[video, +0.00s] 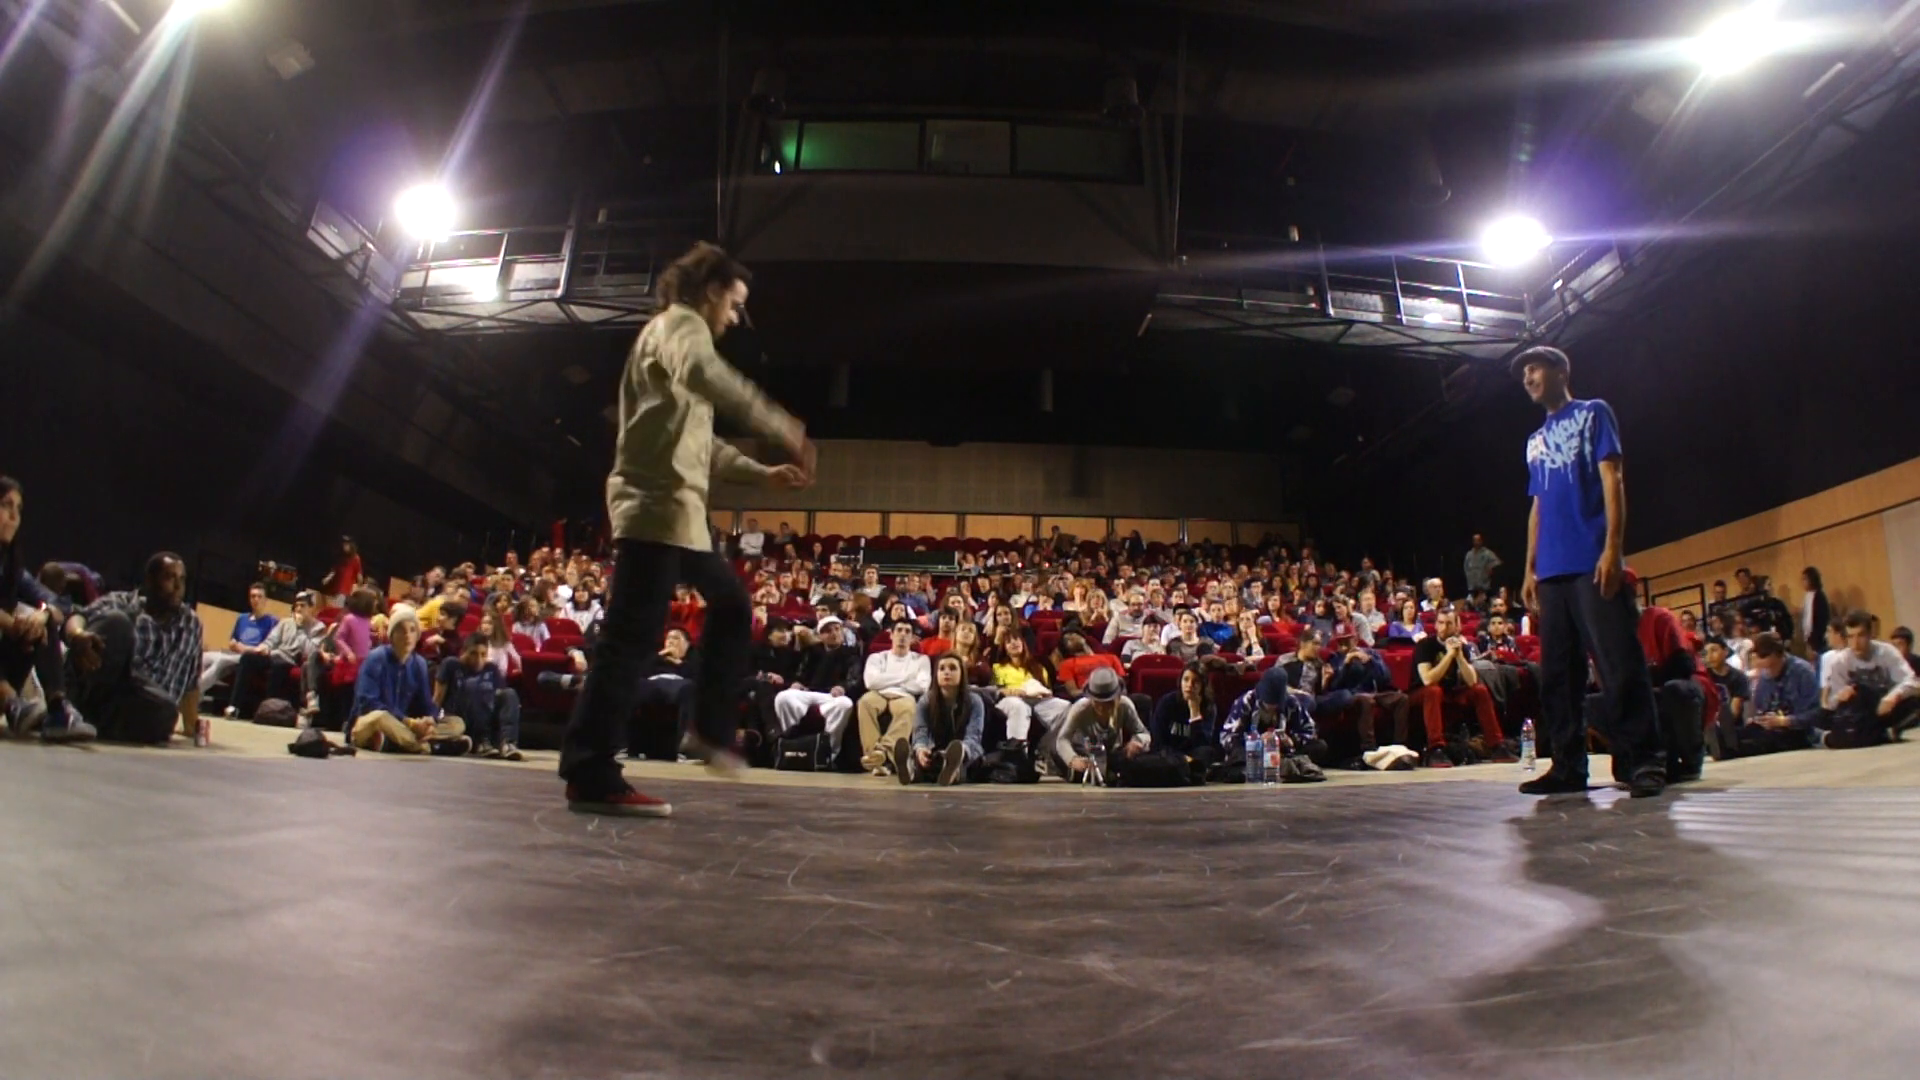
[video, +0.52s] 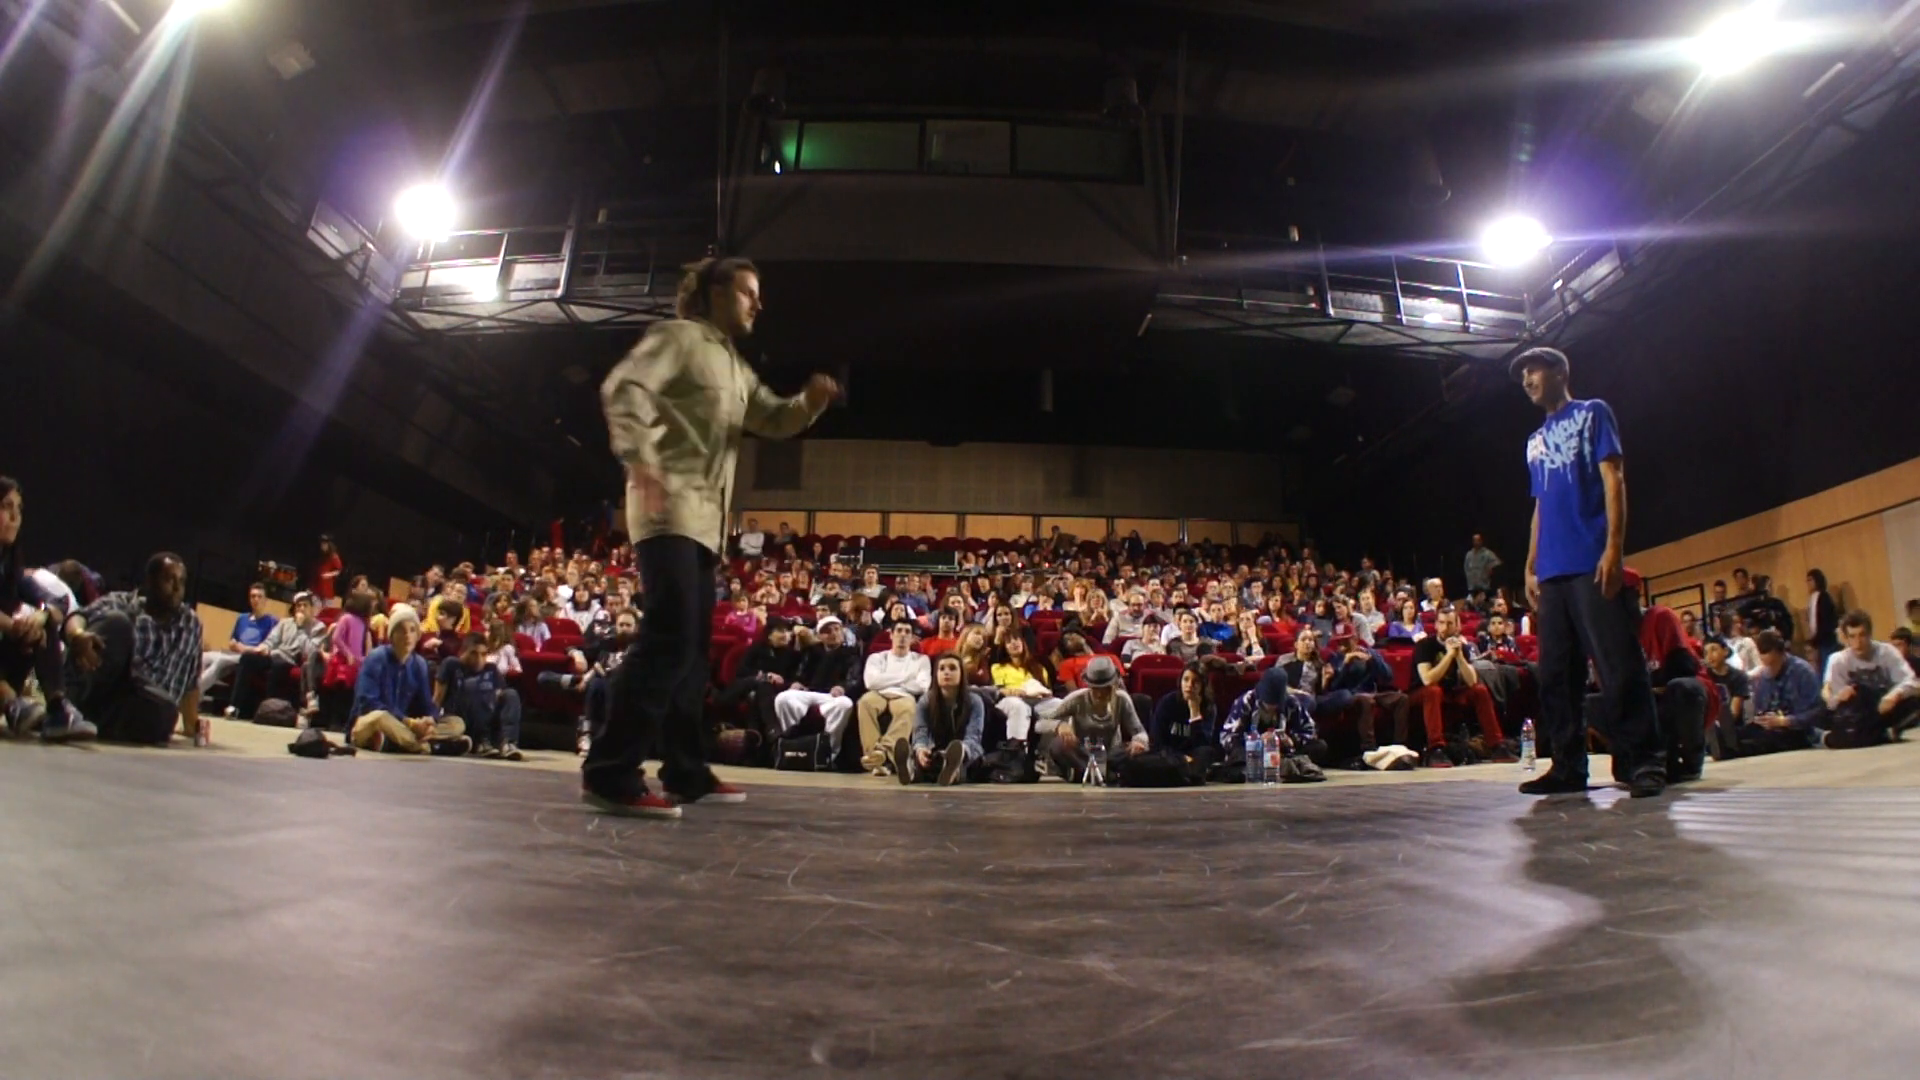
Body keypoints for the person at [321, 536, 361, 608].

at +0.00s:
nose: (344, 547)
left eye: (347, 544)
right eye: (343, 544)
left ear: (351, 545)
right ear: (342, 545)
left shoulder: (355, 558)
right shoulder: (341, 556)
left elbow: (359, 573)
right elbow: (334, 569)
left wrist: (360, 585)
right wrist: (327, 579)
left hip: (346, 588)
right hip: (335, 587)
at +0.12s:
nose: (339, 547)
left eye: (341, 545)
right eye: (338, 545)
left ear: (345, 546)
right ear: (336, 546)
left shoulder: (349, 559)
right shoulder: (336, 557)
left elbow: (353, 573)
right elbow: (329, 569)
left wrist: (354, 585)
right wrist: (322, 577)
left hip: (343, 586)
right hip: (333, 584)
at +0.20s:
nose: (335, 547)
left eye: (337, 545)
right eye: (334, 545)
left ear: (341, 546)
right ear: (332, 546)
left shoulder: (345, 559)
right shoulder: (331, 557)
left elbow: (350, 575)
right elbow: (325, 573)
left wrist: (350, 588)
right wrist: (317, 582)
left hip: (340, 592)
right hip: (329, 591)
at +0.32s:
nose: (331, 545)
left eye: (333, 542)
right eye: (330, 542)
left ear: (337, 544)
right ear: (328, 544)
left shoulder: (341, 555)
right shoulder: (326, 555)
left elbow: (345, 571)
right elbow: (322, 571)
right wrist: (318, 582)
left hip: (335, 587)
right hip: (324, 586)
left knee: (334, 610)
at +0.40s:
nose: (328, 545)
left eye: (330, 542)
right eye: (327, 542)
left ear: (334, 543)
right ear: (325, 543)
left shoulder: (339, 554)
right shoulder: (324, 554)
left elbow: (342, 569)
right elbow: (320, 568)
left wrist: (335, 574)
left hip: (333, 587)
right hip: (323, 586)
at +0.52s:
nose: (323, 547)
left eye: (325, 544)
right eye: (322, 544)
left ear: (329, 545)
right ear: (320, 545)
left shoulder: (333, 556)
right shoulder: (319, 556)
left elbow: (338, 570)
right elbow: (314, 572)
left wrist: (328, 575)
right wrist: (311, 586)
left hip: (328, 591)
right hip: (316, 590)